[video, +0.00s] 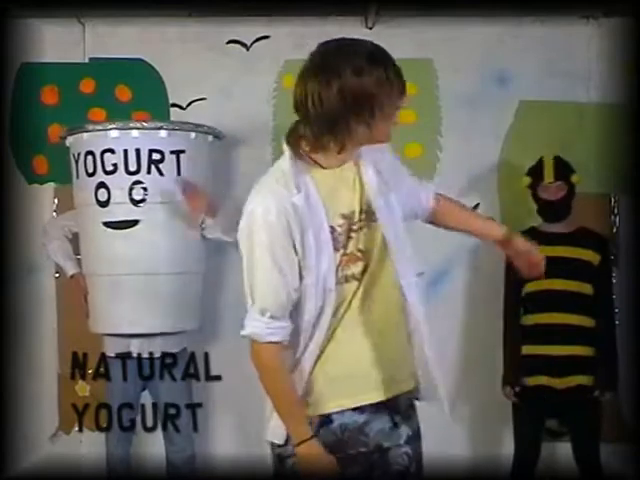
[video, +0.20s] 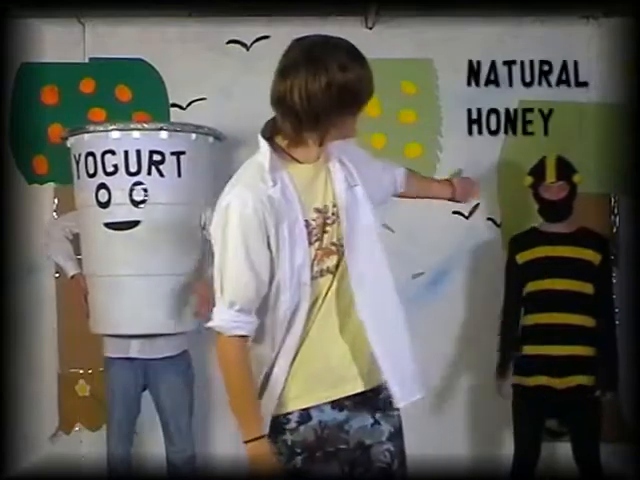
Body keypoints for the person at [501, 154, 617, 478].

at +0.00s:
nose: (553, 195)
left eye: (560, 187)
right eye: (545, 188)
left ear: (572, 189)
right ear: (533, 194)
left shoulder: (595, 246)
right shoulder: (520, 245)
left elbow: (605, 313)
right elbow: (511, 314)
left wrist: (607, 372)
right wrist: (510, 370)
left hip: (581, 375)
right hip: (532, 375)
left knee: (588, 462)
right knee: (524, 461)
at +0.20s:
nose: (554, 195)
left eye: (561, 187)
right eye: (546, 188)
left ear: (573, 189)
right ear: (534, 193)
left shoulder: (597, 245)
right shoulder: (520, 245)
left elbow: (605, 313)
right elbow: (511, 308)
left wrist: (608, 372)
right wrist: (504, 359)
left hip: (581, 372)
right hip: (531, 373)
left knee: (588, 460)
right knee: (524, 459)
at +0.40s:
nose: (555, 194)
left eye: (563, 186)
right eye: (547, 187)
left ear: (576, 190)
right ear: (537, 191)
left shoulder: (599, 245)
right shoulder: (525, 241)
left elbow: (609, 315)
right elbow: (496, 291)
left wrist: (613, 374)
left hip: (581, 370)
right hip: (533, 369)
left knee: (589, 460)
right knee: (526, 459)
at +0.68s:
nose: (568, 195)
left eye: (575, 186)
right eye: (560, 187)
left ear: (588, 190)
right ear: (549, 191)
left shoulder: (604, 246)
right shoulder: (531, 240)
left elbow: (615, 315)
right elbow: (491, 270)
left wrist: (618, 374)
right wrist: (500, 221)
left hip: (584, 367)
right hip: (535, 365)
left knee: (590, 459)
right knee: (527, 457)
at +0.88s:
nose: (574, 195)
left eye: (581, 187)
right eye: (566, 187)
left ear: (593, 191)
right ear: (554, 191)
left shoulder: (608, 248)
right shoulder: (535, 240)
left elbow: (617, 318)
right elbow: (494, 268)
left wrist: (621, 377)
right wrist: (500, 216)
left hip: (586, 368)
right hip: (537, 365)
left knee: (591, 459)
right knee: (528, 458)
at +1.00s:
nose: (575, 196)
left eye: (583, 188)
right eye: (568, 187)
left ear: (595, 193)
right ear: (555, 191)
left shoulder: (608, 249)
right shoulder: (532, 244)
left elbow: (618, 318)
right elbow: (489, 266)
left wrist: (622, 377)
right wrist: (528, 226)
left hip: (587, 371)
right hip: (537, 369)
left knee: (592, 460)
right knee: (528, 458)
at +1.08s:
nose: (577, 195)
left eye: (585, 187)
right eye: (570, 186)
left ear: (597, 192)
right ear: (557, 190)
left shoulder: (610, 250)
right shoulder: (533, 241)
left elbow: (618, 319)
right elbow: (489, 269)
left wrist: (623, 379)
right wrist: (509, 224)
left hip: (587, 370)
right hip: (538, 367)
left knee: (591, 460)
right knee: (528, 458)